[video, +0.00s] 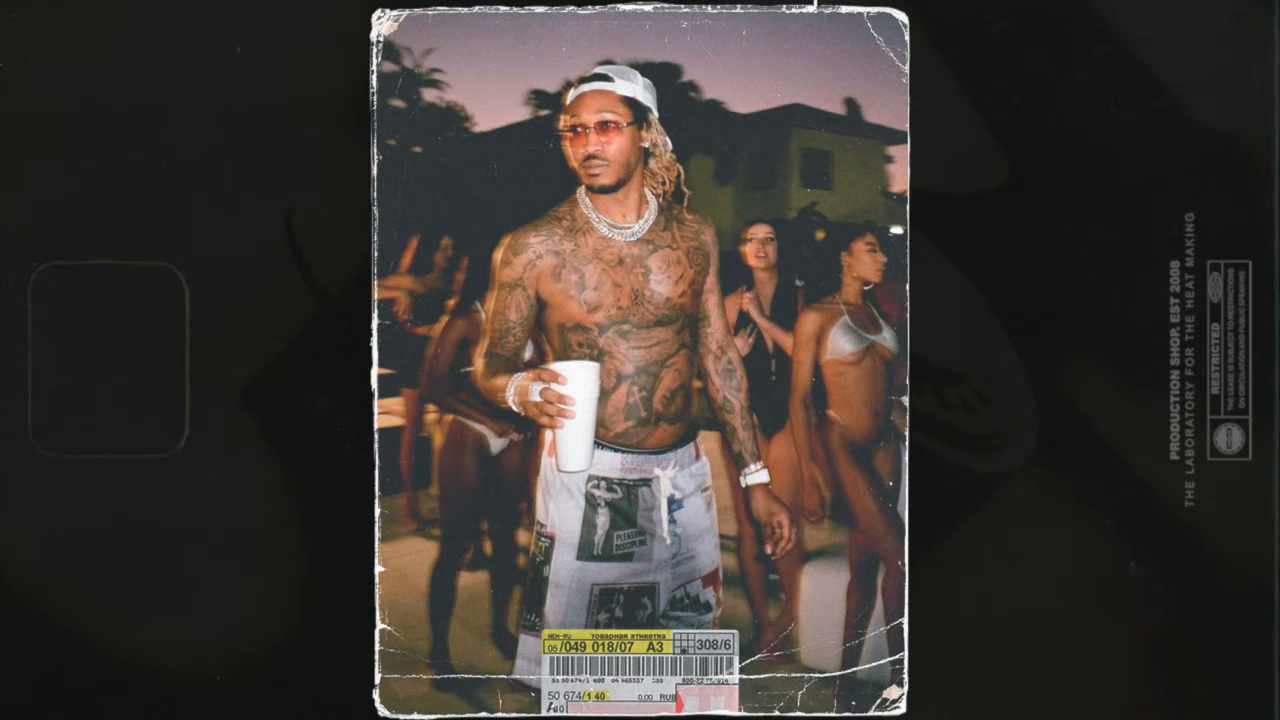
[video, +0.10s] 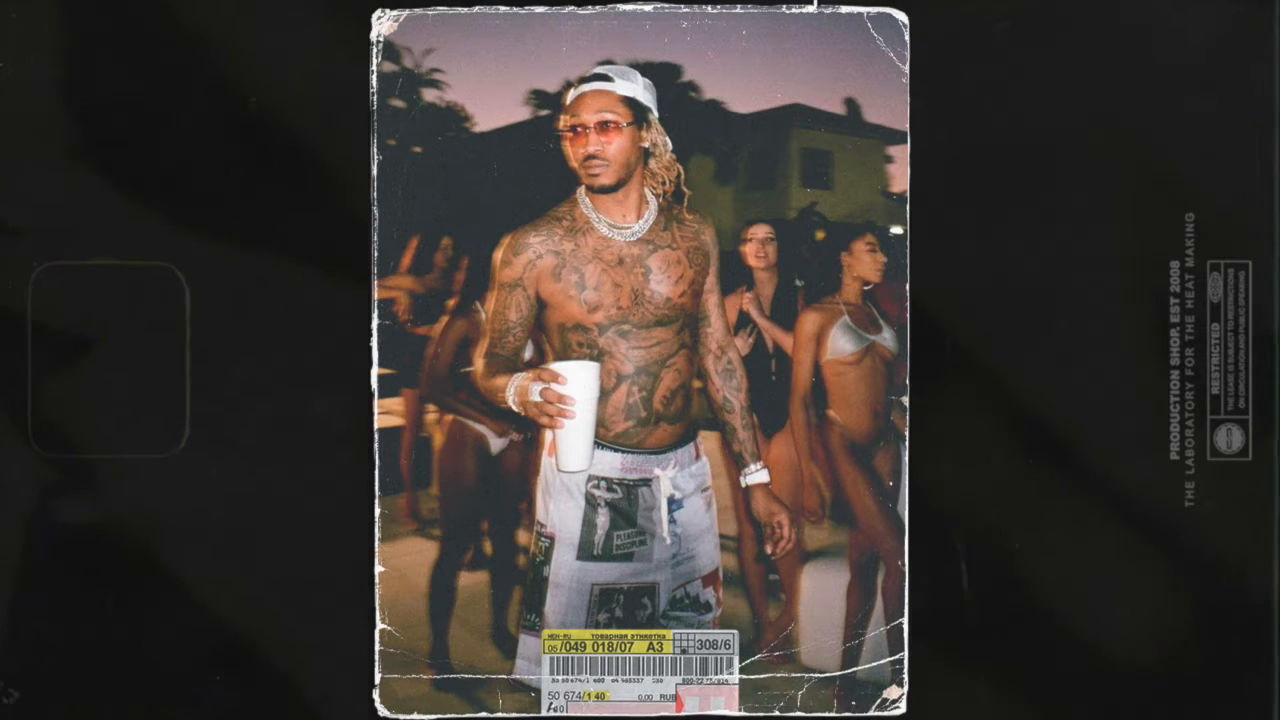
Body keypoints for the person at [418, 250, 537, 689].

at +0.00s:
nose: (516, 286)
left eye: (523, 278)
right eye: (509, 276)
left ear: (531, 287)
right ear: (495, 277)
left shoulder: (531, 331)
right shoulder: (466, 322)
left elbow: (543, 385)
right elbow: (435, 387)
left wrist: (529, 421)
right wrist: (489, 421)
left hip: (514, 445)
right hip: (465, 441)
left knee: (506, 541)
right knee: (456, 544)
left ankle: (501, 628)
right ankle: (439, 649)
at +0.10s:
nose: (516, 289)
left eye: (522, 282)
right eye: (509, 280)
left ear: (531, 290)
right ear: (494, 280)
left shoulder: (531, 332)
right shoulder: (466, 322)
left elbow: (543, 384)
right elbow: (435, 387)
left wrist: (529, 420)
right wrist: (489, 421)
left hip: (514, 445)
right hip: (465, 441)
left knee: (506, 541)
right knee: (456, 544)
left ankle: (501, 628)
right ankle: (439, 648)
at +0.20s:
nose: (514, 291)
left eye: (521, 284)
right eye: (507, 281)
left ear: (530, 291)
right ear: (493, 281)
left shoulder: (531, 334)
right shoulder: (464, 324)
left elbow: (543, 386)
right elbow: (434, 387)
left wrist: (529, 420)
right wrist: (490, 422)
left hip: (514, 445)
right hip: (464, 441)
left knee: (506, 542)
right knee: (455, 546)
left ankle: (501, 628)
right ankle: (439, 652)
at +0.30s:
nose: (514, 293)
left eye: (522, 286)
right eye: (508, 283)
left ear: (531, 293)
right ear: (493, 282)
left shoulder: (531, 335)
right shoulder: (463, 325)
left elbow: (544, 389)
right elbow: (434, 388)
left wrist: (529, 421)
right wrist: (490, 422)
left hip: (514, 446)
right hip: (465, 442)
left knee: (506, 542)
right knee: (455, 545)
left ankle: (501, 627)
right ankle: (439, 651)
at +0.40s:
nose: (513, 288)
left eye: (521, 281)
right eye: (507, 278)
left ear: (531, 289)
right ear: (493, 278)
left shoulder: (531, 332)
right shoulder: (465, 322)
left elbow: (543, 386)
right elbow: (434, 387)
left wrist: (530, 421)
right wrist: (489, 421)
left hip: (515, 443)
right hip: (465, 439)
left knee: (506, 540)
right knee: (456, 544)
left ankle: (501, 628)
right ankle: (439, 648)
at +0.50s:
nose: (514, 289)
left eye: (521, 281)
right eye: (507, 279)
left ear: (531, 289)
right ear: (493, 278)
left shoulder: (531, 333)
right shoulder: (465, 322)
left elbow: (543, 386)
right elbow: (434, 386)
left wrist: (529, 421)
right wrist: (490, 422)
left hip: (515, 443)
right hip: (465, 439)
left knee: (506, 540)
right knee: (456, 544)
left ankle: (501, 627)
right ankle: (439, 650)